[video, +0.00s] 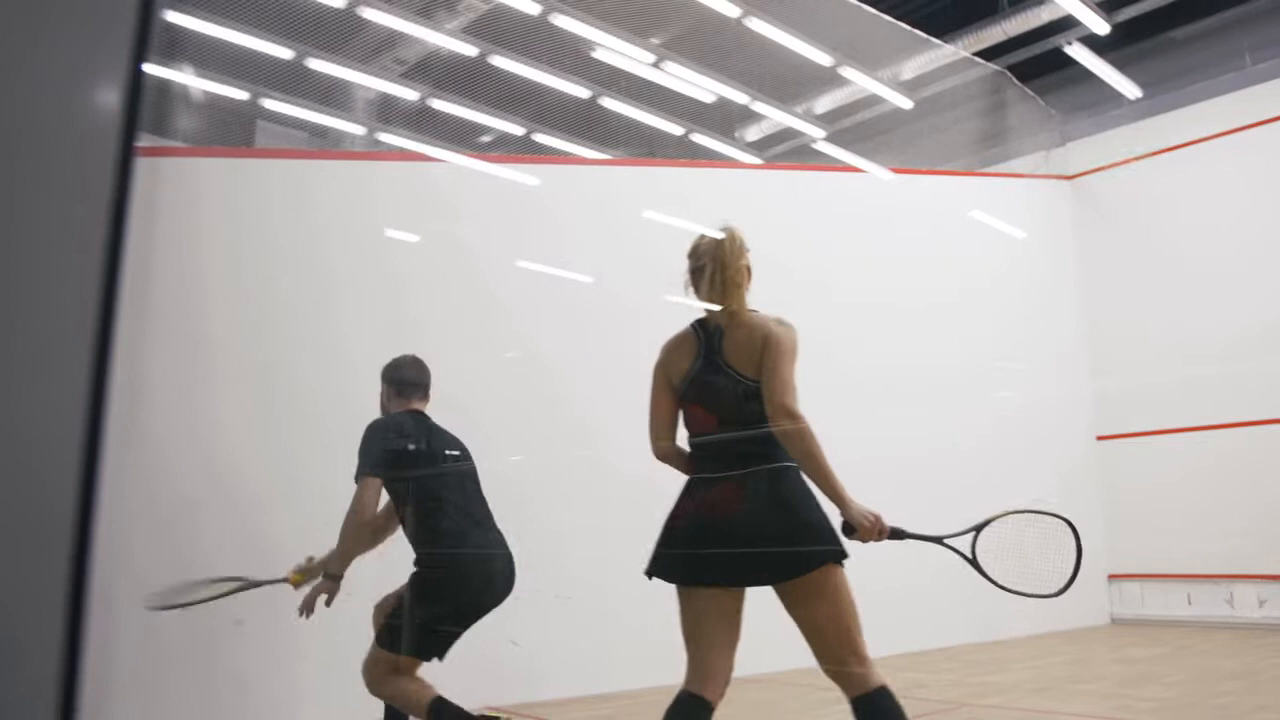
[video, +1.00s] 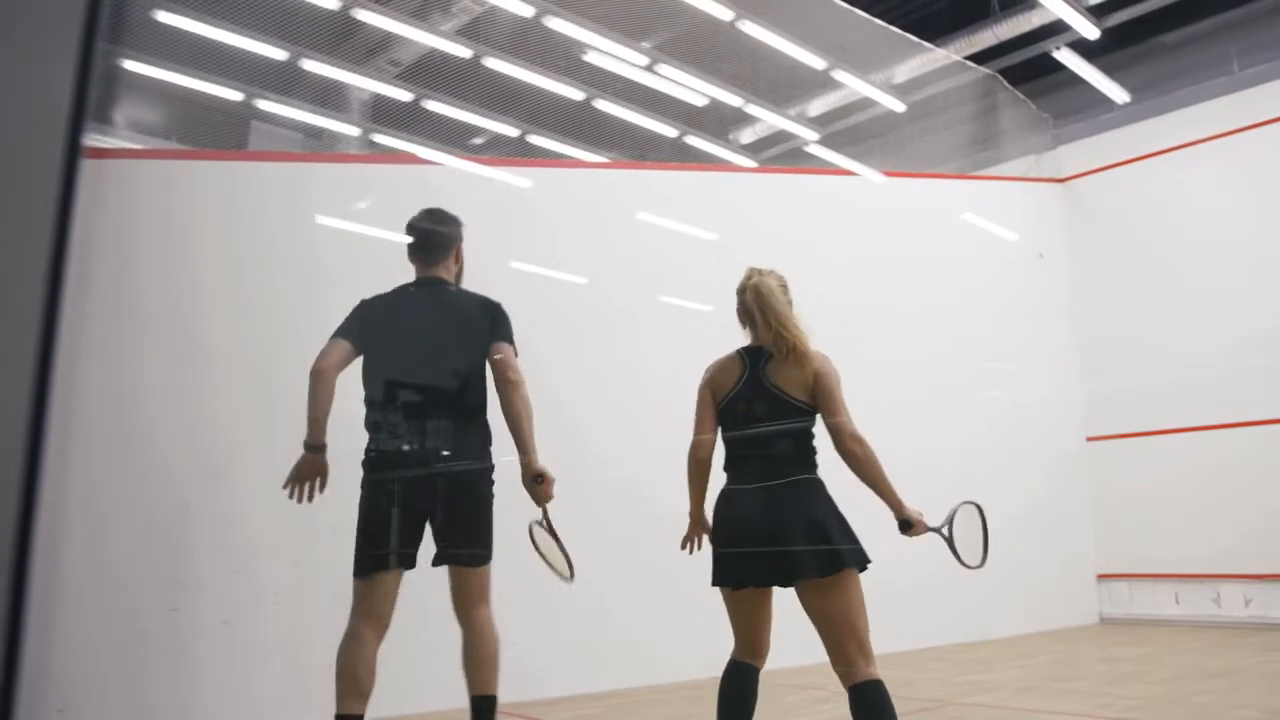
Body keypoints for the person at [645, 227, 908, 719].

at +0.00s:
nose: (750, 271)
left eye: (743, 265)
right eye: (748, 265)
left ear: (695, 278)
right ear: (746, 271)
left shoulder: (674, 351)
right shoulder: (774, 334)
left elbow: (664, 447)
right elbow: (784, 418)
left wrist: (719, 473)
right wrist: (847, 505)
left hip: (704, 517)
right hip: (778, 512)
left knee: (702, 683)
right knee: (853, 670)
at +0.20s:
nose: (784, 287)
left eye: (735, 289)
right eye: (782, 281)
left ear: (731, 295)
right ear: (783, 288)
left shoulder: (714, 366)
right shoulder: (814, 348)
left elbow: (701, 458)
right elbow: (833, 430)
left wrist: (742, 493)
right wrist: (893, 515)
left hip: (750, 529)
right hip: (824, 523)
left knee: (752, 687)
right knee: (886, 674)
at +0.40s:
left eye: (751, 293)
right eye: (802, 282)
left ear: (751, 298)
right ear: (802, 289)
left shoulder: (732, 362)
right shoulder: (835, 347)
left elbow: (720, 451)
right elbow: (868, 425)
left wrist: (751, 500)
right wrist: (921, 506)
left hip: (764, 521)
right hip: (836, 516)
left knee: (775, 666)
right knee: (886, 671)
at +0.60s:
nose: (759, 300)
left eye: (757, 294)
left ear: (759, 297)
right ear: (809, 289)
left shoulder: (738, 357)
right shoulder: (843, 346)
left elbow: (720, 438)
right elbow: (878, 420)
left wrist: (729, 484)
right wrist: (927, 495)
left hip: (765, 512)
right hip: (838, 506)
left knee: (767, 654)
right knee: (880, 668)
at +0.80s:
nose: (754, 308)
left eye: (753, 302)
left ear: (757, 305)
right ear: (804, 296)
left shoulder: (736, 364)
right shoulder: (837, 354)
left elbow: (716, 438)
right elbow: (871, 427)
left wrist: (714, 492)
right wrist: (920, 498)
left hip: (757, 515)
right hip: (827, 509)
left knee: (758, 651)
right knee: (871, 668)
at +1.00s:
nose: (745, 317)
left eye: (743, 310)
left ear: (742, 315)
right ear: (789, 307)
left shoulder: (718, 374)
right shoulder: (814, 366)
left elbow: (701, 448)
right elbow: (848, 441)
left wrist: (696, 511)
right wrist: (899, 507)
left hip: (739, 522)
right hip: (805, 517)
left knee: (747, 650)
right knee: (856, 665)